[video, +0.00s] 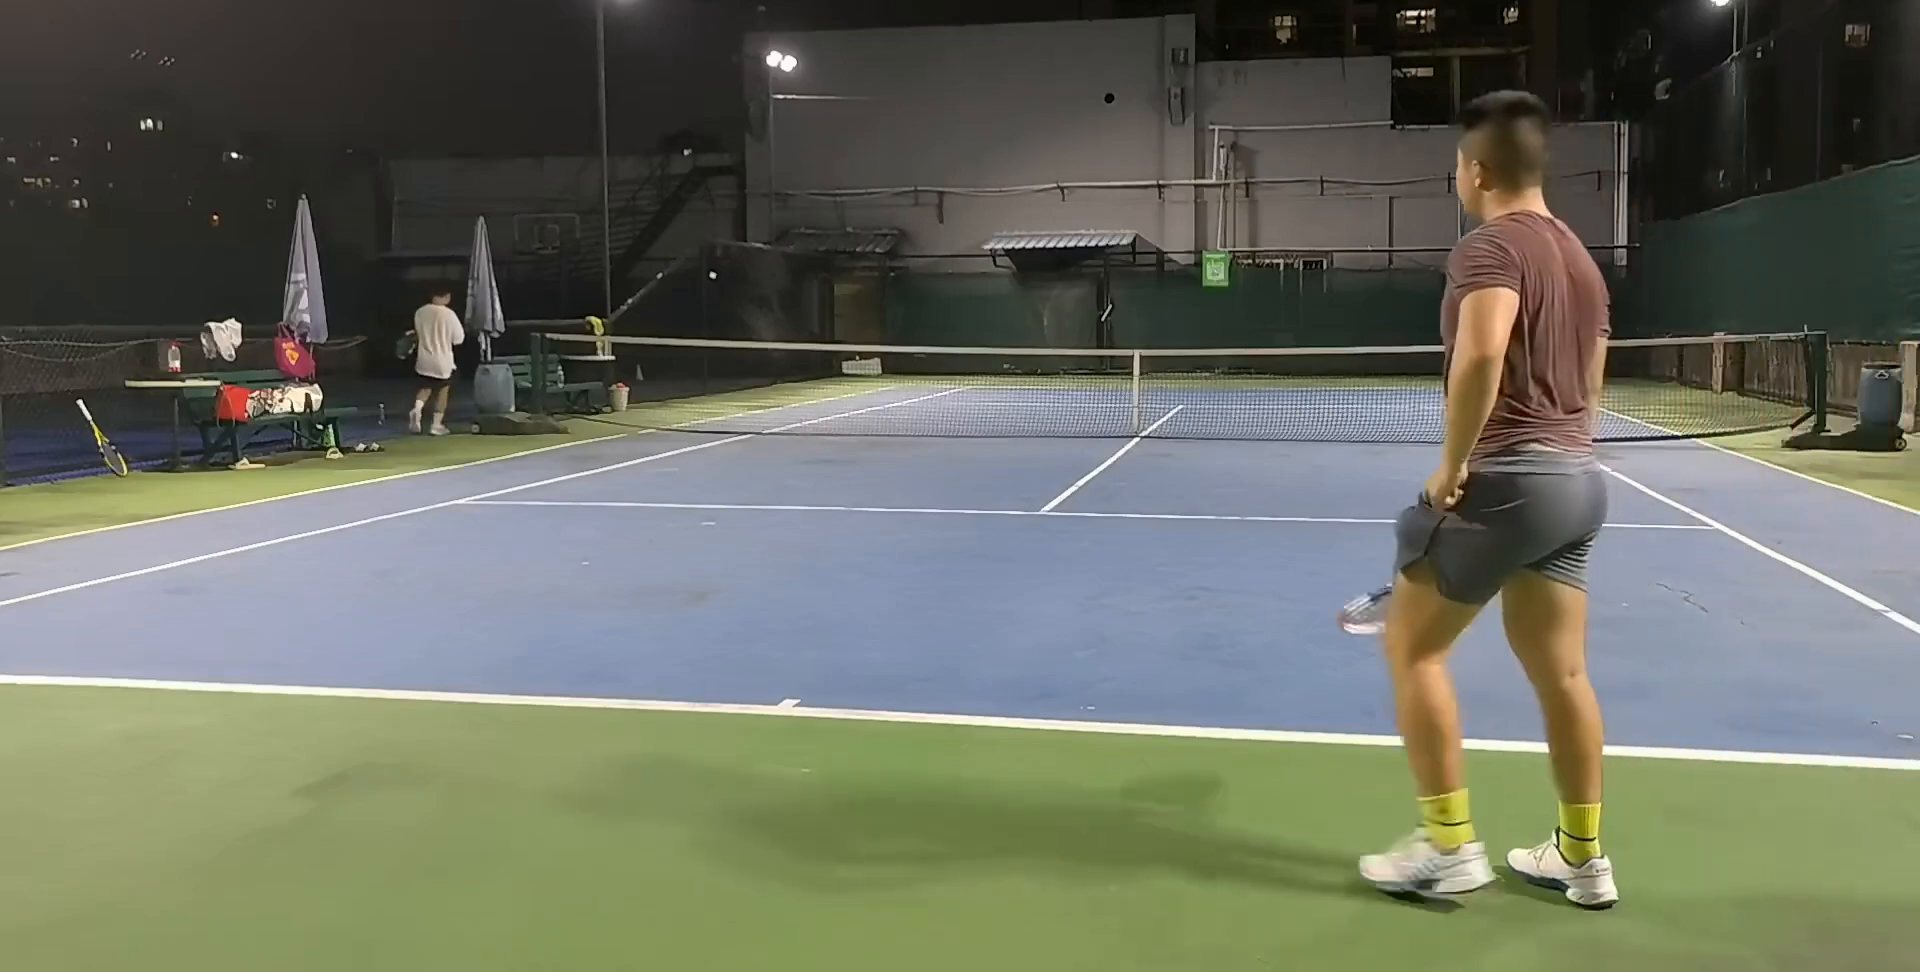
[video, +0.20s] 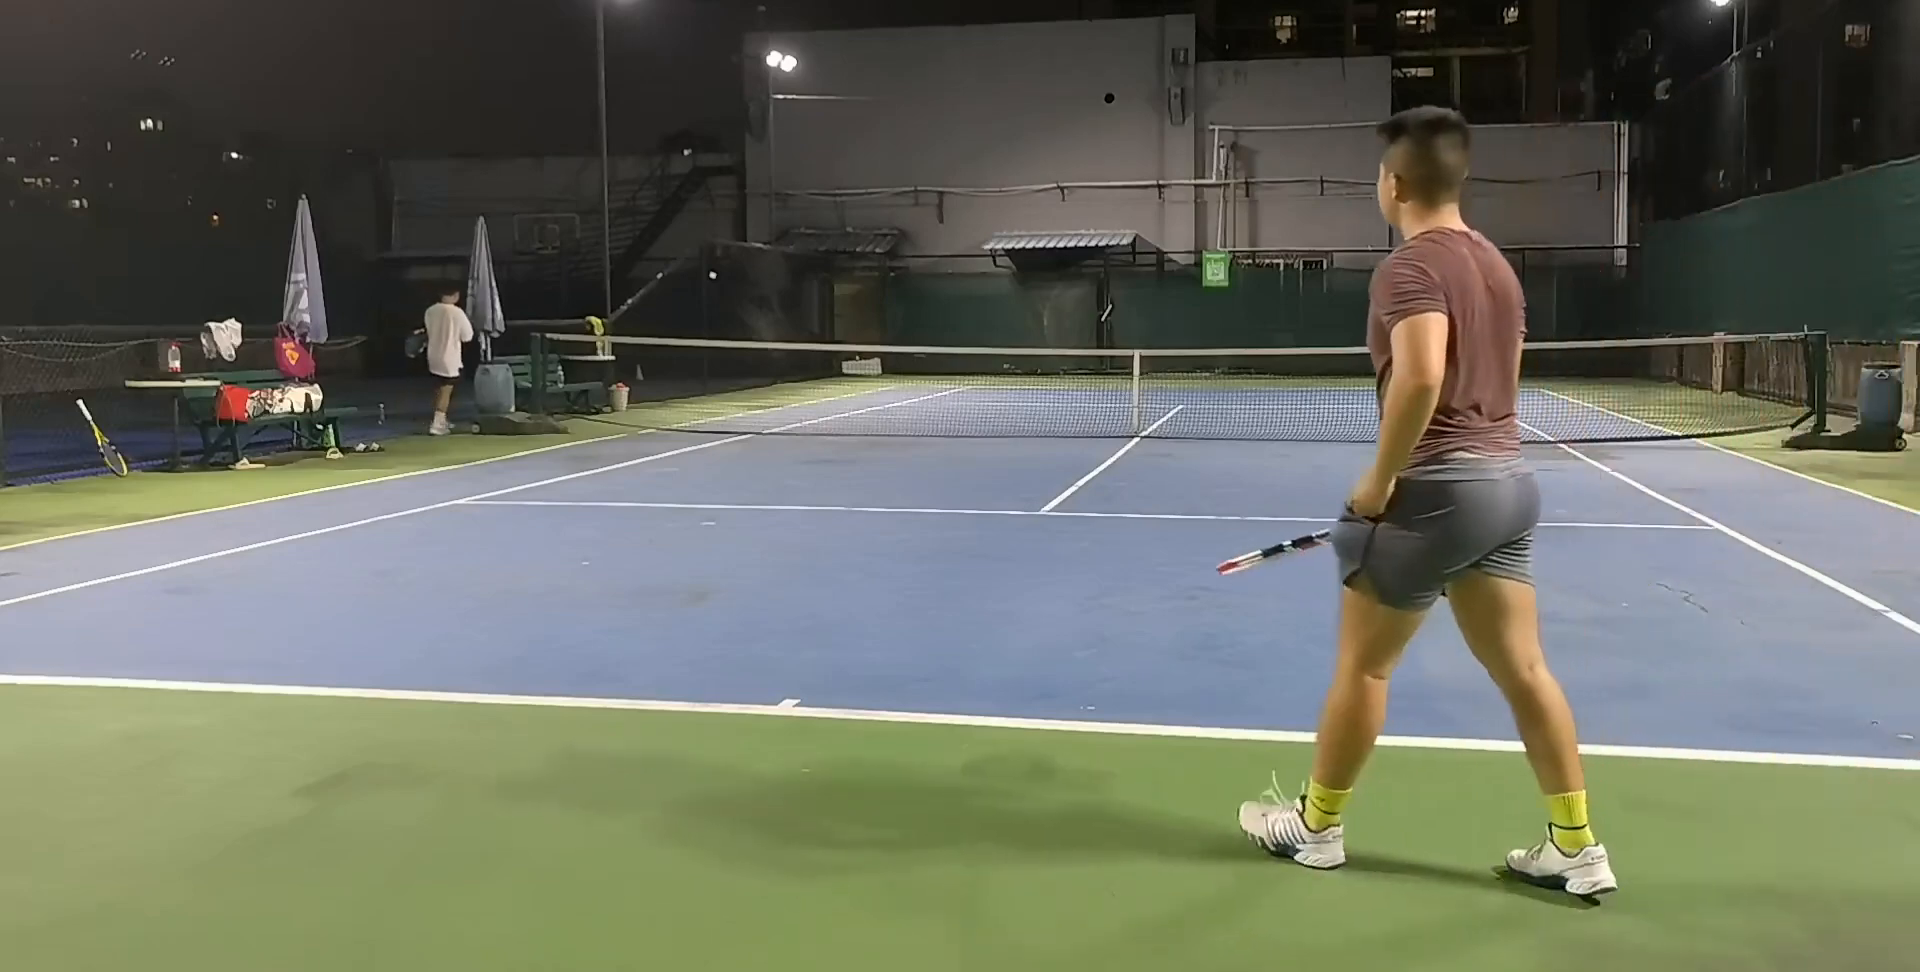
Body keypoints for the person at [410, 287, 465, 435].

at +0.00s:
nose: (449, 300)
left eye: (448, 297)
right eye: (448, 297)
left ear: (432, 296)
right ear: (445, 297)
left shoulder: (420, 312)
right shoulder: (449, 314)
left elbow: (418, 332)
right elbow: (458, 339)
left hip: (423, 360)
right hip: (443, 361)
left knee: (425, 387)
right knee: (443, 390)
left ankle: (417, 409)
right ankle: (437, 424)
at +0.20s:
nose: (458, 297)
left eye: (457, 295)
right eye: (458, 295)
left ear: (441, 295)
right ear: (455, 295)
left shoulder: (430, 311)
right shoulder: (457, 313)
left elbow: (429, 331)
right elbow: (467, 336)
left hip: (433, 358)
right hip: (450, 360)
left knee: (440, 389)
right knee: (445, 391)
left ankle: (440, 419)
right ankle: (438, 423)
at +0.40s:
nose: (466, 299)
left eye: (466, 296)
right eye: (465, 296)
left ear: (450, 298)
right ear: (462, 297)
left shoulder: (441, 315)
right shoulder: (466, 315)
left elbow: (440, 334)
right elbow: (477, 338)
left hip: (445, 359)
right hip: (462, 360)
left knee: (457, 389)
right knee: (456, 389)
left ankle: (459, 420)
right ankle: (441, 418)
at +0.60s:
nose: (479, 294)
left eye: (478, 291)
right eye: (478, 291)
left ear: (463, 292)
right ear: (475, 292)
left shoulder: (454, 311)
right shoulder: (478, 312)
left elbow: (453, 330)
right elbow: (487, 333)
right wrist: (489, 319)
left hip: (458, 357)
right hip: (475, 358)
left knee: (463, 385)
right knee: (476, 387)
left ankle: (460, 420)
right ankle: (468, 416)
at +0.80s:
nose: (496, 299)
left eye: (496, 296)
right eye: (495, 296)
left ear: (480, 295)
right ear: (492, 297)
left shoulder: (470, 311)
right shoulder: (492, 314)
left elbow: (471, 329)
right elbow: (502, 335)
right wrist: (508, 324)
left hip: (473, 360)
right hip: (491, 361)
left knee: (469, 388)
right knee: (500, 388)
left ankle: (462, 420)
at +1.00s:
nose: (519, 301)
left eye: (520, 298)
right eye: (519, 298)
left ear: (504, 297)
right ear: (514, 297)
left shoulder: (494, 313)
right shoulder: (515, 315)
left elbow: (488, 330)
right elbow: (524, 336)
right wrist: (528, 329)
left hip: (493, 360)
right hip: (512, 361)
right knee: (522, 377)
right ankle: (523, 408)